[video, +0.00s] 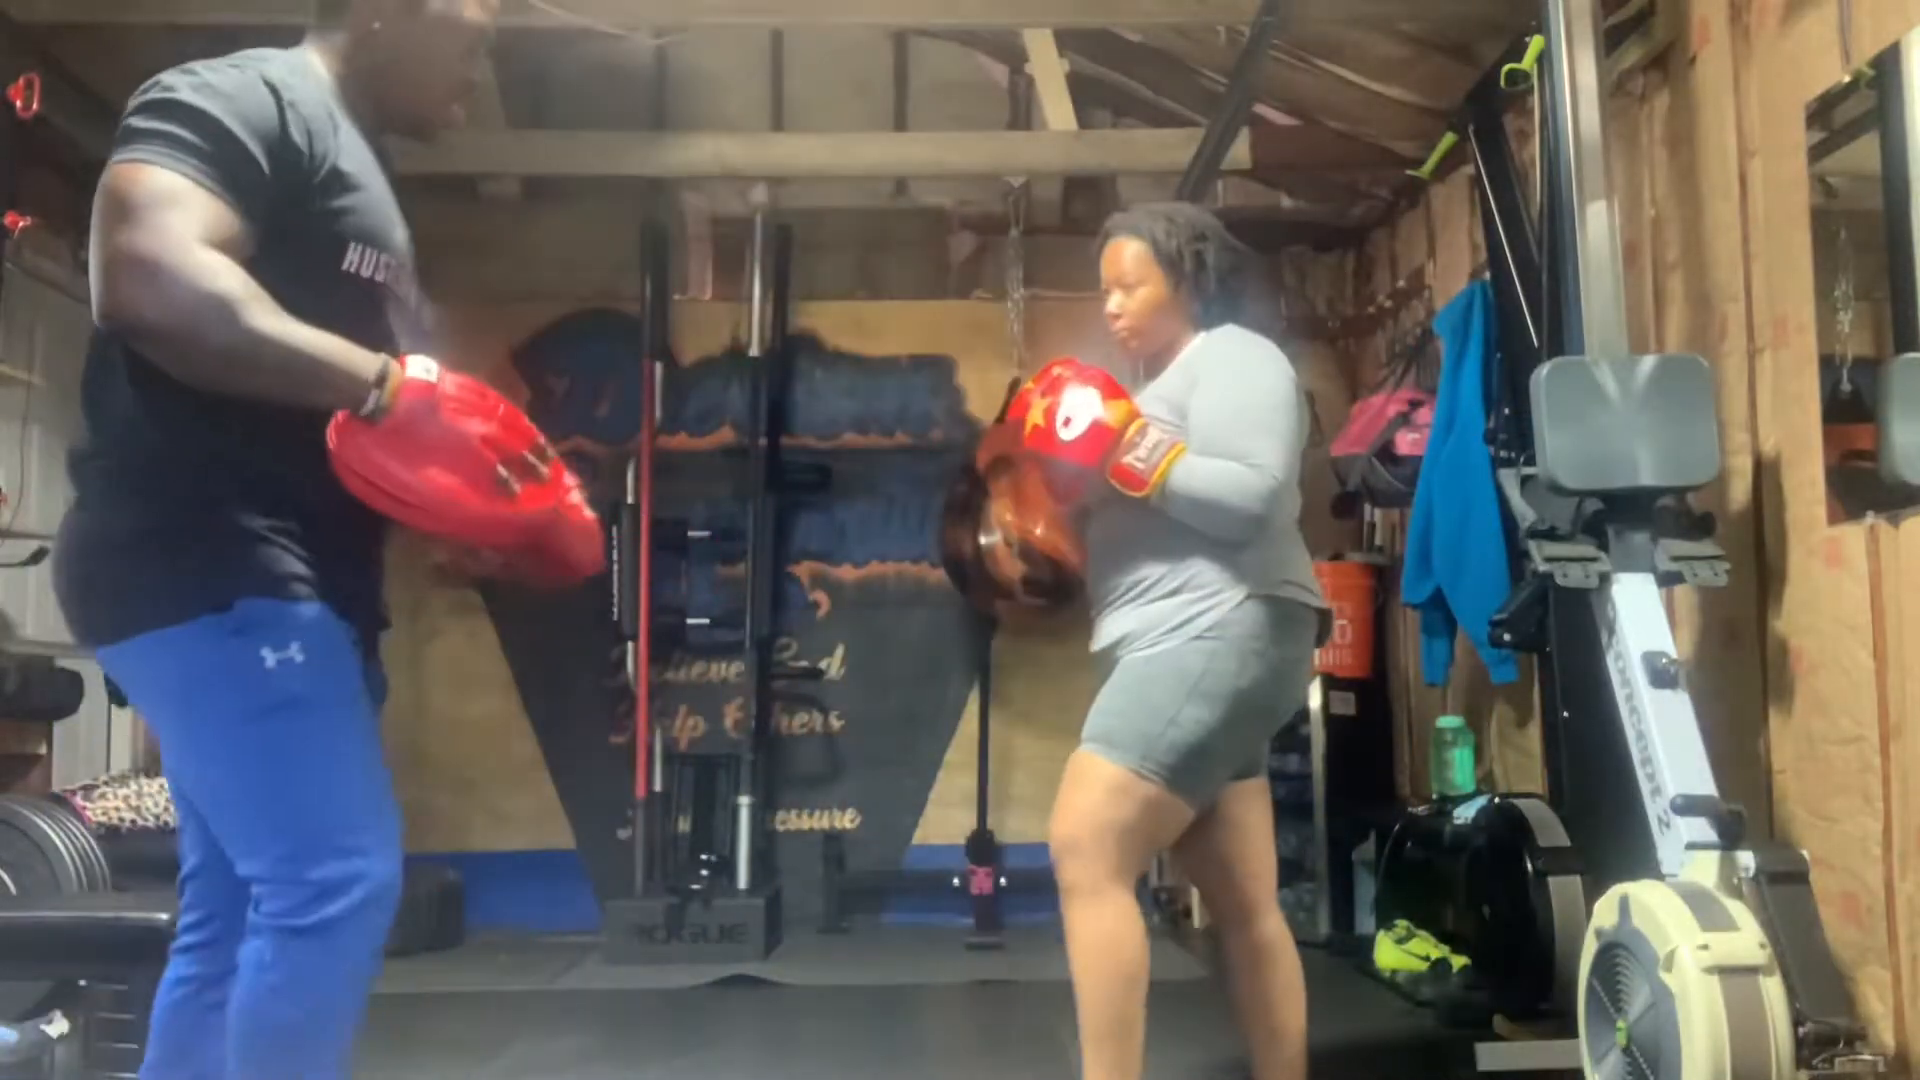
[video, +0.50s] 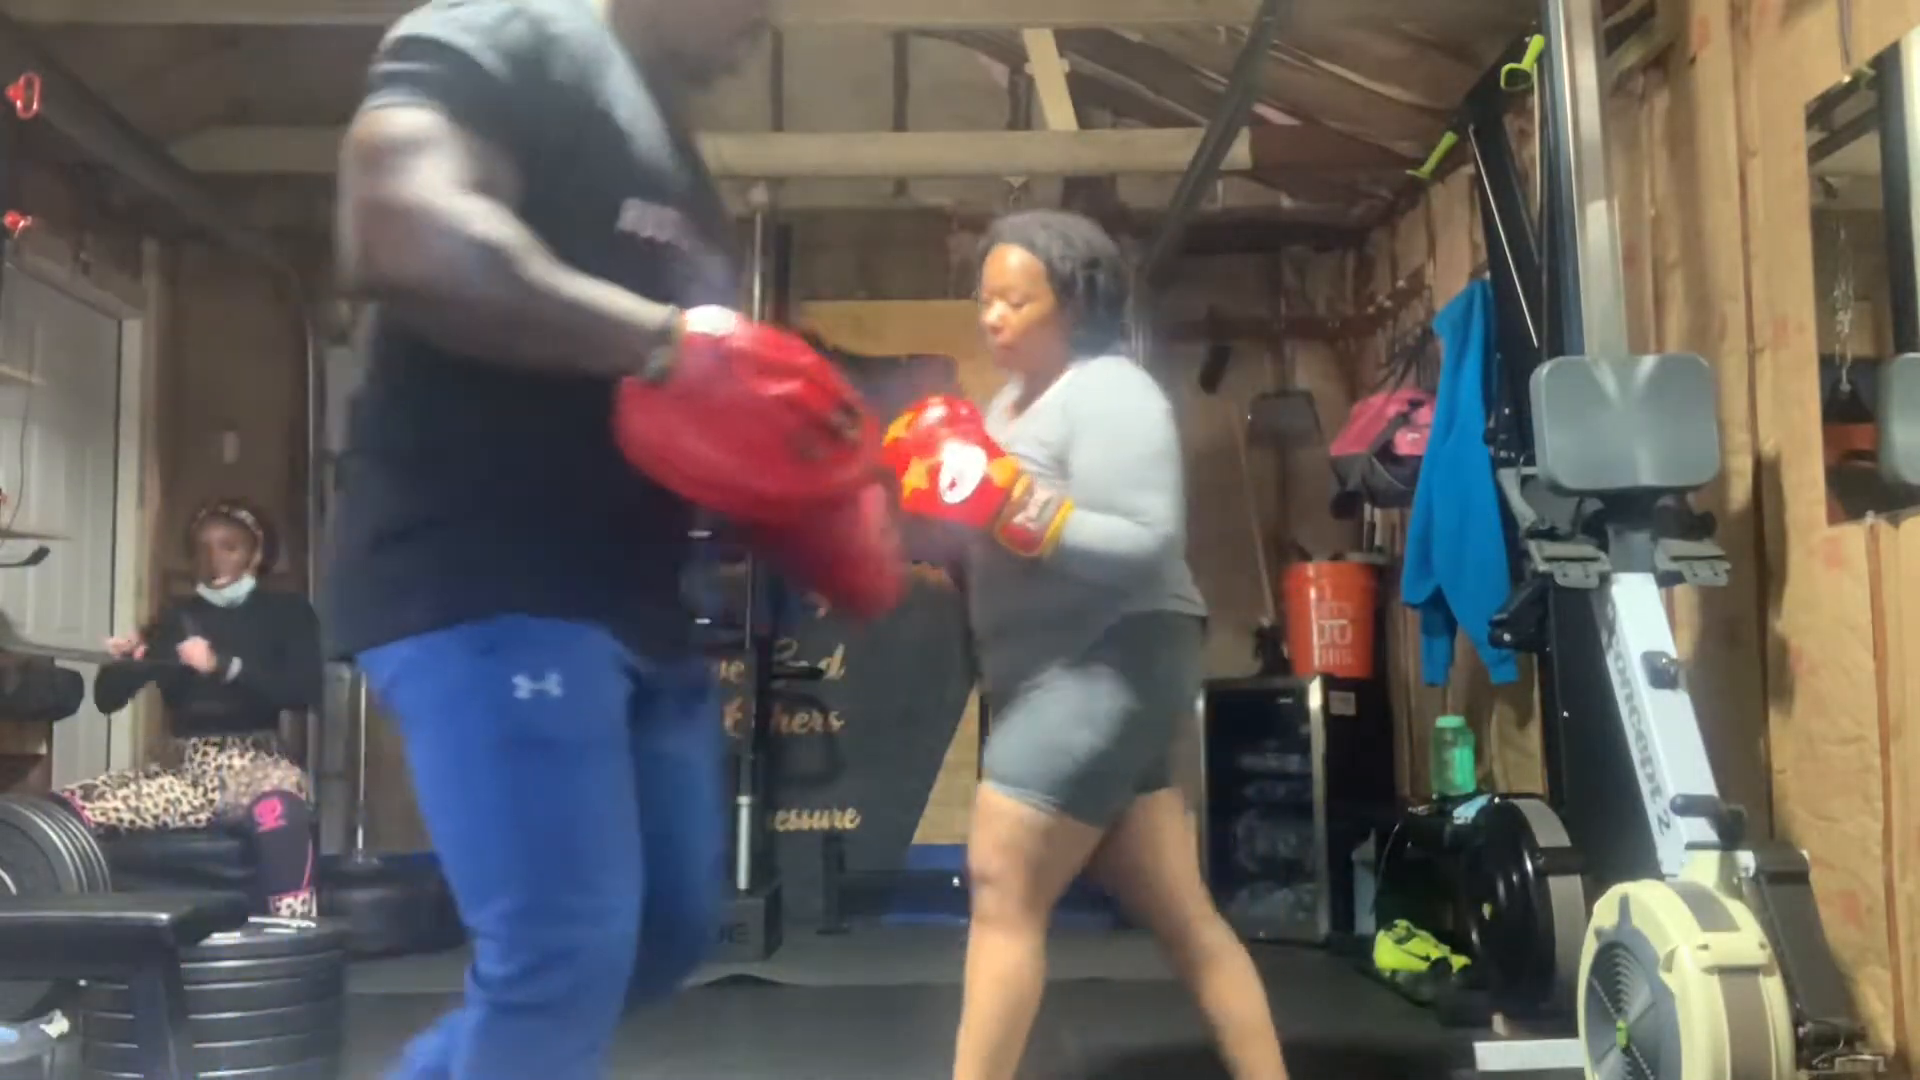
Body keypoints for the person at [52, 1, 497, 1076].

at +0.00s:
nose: (474, 81)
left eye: (483, 53)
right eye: (475, 41)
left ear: (404, 17)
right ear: (406, 9)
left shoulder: (356, 182)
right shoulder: (235, 93)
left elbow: (389, 393)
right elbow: (150, 277)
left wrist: (484, 494)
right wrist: (383, 388)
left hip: (282, 567)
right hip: (201, 561)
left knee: (228, 911)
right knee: (330, 880)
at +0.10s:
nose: (519, 81)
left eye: (530, 56)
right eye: (519, 40)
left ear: (439, 19)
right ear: (436, 7)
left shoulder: (404, 189)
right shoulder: (260, 91)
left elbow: (432, 400)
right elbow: (146, 267)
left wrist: (536, 503)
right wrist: (390, 379)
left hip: (318, 579)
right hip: (224, 571)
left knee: (236, 934)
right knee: (355, 897)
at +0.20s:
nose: (569, 75)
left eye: (580, 49)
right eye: (564, 34)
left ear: (474, 19)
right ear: (466, 7)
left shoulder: (491, 208)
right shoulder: (300, 96)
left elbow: (488, 423)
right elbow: (167, 278)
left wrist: (589, 513)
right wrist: (410, 384)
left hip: (383, 600)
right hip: (272, 586)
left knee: (260, 949)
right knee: (398, 909)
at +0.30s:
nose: (638, 54)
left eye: (644, 34)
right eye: (627, 19)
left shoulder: (564, 223)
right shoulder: (350, 91)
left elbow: (576, 429)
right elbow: (212, 281)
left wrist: (667, 532)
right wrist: (463, 386)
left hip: (460, 617)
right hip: (338, 597)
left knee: (314, 960)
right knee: (459, 926)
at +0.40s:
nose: (695, 40)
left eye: (702, 20)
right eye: (687, 9)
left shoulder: (630, 199)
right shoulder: (421, 63)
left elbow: (640, 406)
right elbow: (290, 259)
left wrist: (726, 527)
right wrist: (548, 366)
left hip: (542, 605)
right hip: (408, 593)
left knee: (460, 938)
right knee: (526, 941)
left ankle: (301, 1079)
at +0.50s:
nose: (756, 31)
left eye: (763, 19)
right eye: (750, 8)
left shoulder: (675, 159)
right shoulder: (496, 30)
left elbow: (711, 377)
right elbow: (404, 227)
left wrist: (813, 508)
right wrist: (666, 341)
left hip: (635, 595)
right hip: (484, 588)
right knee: (559, 958)